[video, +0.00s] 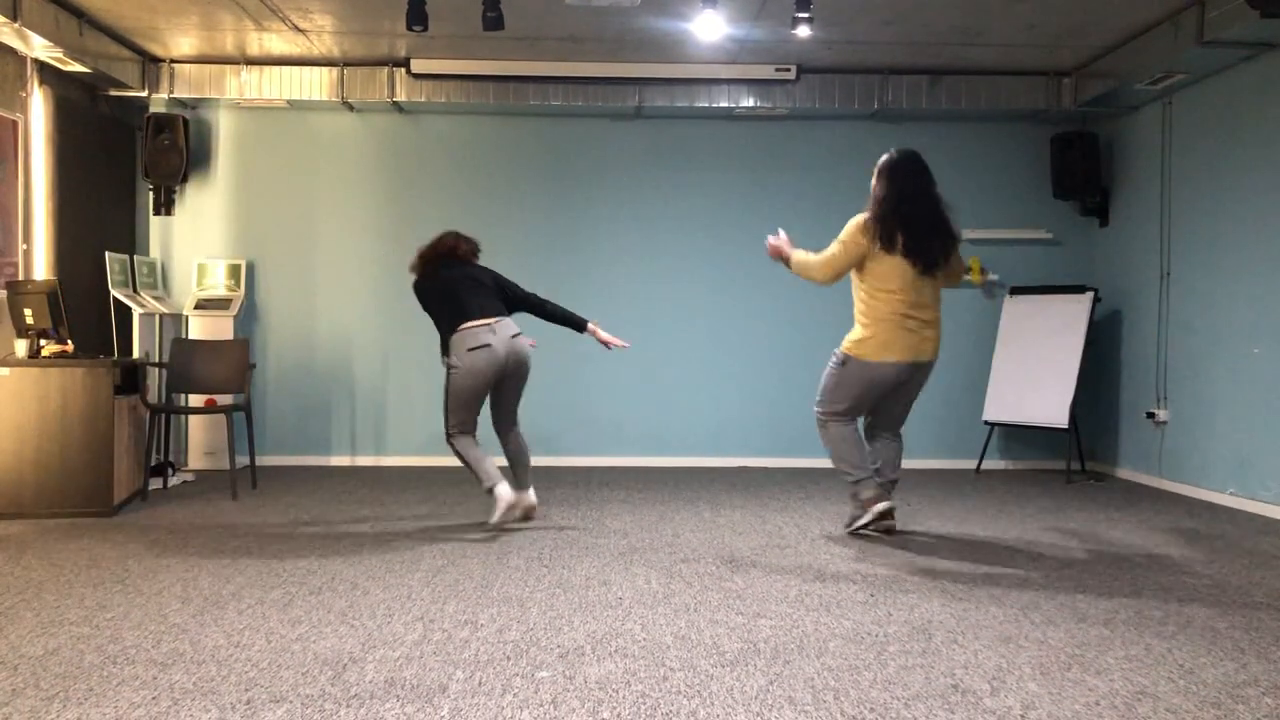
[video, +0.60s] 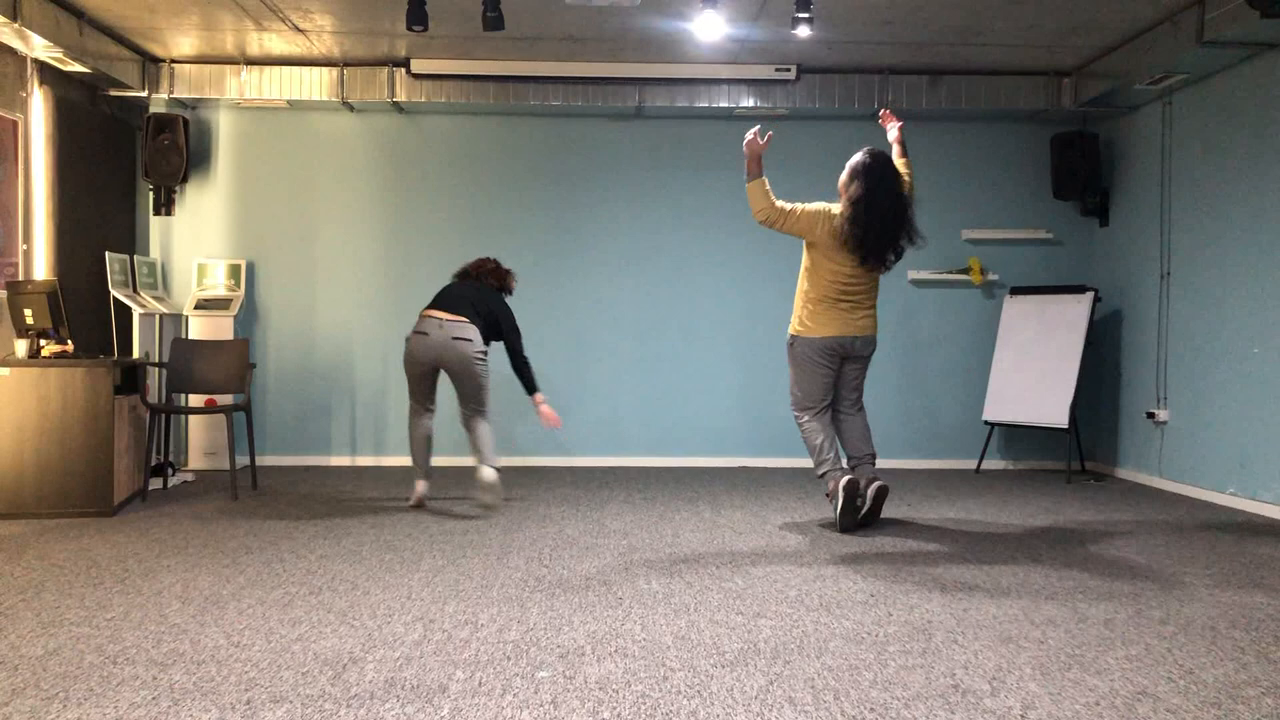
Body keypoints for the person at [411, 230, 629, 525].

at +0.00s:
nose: (476, 259)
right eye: (474, 254)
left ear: (431, 257)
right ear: (468, 254)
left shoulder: (423, 284)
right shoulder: (484, 274)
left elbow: (459, 316)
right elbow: (531, 302)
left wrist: (507, 337)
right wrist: (590, 328)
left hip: (472, 352)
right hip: (513, 343)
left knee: (460, 433)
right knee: (507, 423)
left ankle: (500, 490)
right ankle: (526, 493)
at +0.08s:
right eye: (485, 265)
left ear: (445, 266)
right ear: (481, 266)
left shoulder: (437, 292)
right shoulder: (494, 285)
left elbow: (471, 327)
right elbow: (541, 312)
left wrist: (519, 350)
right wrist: (601, 333)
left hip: (480, 359)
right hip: (521, 354)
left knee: (467, 439)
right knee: (502, 435)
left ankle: (518, 495)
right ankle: (526, 505)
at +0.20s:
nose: (511, 295)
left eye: (510, 291)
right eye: (509, 291)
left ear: (469, 286)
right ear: (502, 289)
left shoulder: (458, 316)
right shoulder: (507, 307)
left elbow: (487, 355)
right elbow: (553, 333)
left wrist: (536, 381)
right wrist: (610, 354)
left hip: (482, 374)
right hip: (526, 362)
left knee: (484, 439)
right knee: (513, 435)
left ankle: (522, 485)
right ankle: (530, 497)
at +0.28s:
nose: (515, 302)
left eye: (515, 298)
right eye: (514, 298)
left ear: (475, 294)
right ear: (507, 296)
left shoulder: (460, 320)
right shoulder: (511, 312)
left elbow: (483, 366)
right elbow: (555, 344)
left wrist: (537, 395)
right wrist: (607, 369)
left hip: (475, 374)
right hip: (522, 365)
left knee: (476, 425)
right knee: (521, 432)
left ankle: (498, 476)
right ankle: (532, 503)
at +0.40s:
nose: (520, 309)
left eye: (519, 305)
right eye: (518, 304)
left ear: (480, 297)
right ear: (511, 301)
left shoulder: (460, 317)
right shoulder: (509, 314)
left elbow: (483, 374)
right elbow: (546, 358)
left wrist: (517, 418)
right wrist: (585, 398)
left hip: (457, 362)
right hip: (504, 355)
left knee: (453, 416)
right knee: (518, 432)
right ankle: (529, 503)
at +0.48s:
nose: (516, 307)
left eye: (517, 304)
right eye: (515, 303)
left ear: (481, 291)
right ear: (509, 298)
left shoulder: (459, 307)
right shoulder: (505, 310)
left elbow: (468, 364)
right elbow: (538, 359)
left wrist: (484, 406)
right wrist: (572, 404)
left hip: (447, 355)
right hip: (492, 351)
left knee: (440, 418)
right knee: (511, 431)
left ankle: (430, 486)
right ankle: (527, 501)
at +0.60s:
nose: (506, 294)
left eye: (506, 290)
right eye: (505, 289)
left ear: (471, 275)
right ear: (499, 285)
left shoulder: (452, 290)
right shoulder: (499, 305)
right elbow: (517, 357)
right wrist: (538, 400)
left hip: (421, 337)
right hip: (464, 343)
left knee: (421, 410)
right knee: (475, 413)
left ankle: (420, 481)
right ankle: (487, 466)